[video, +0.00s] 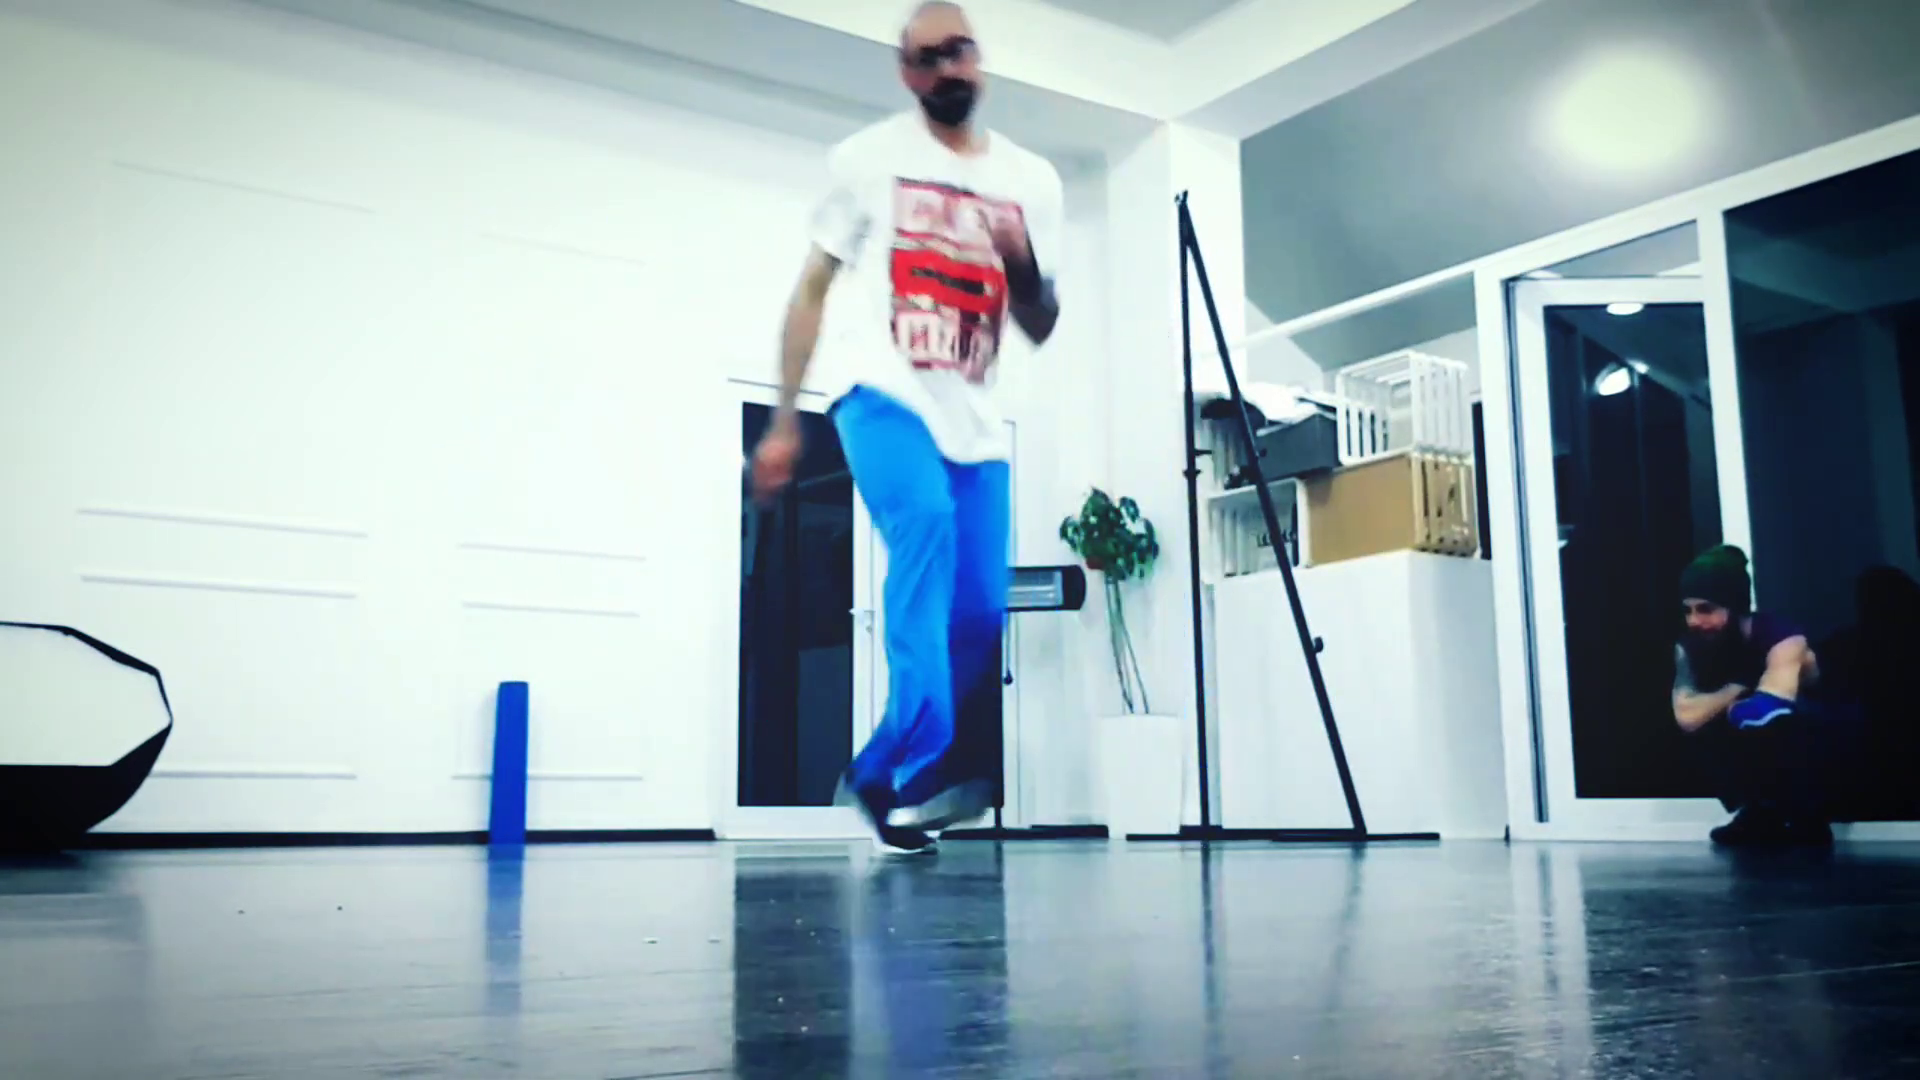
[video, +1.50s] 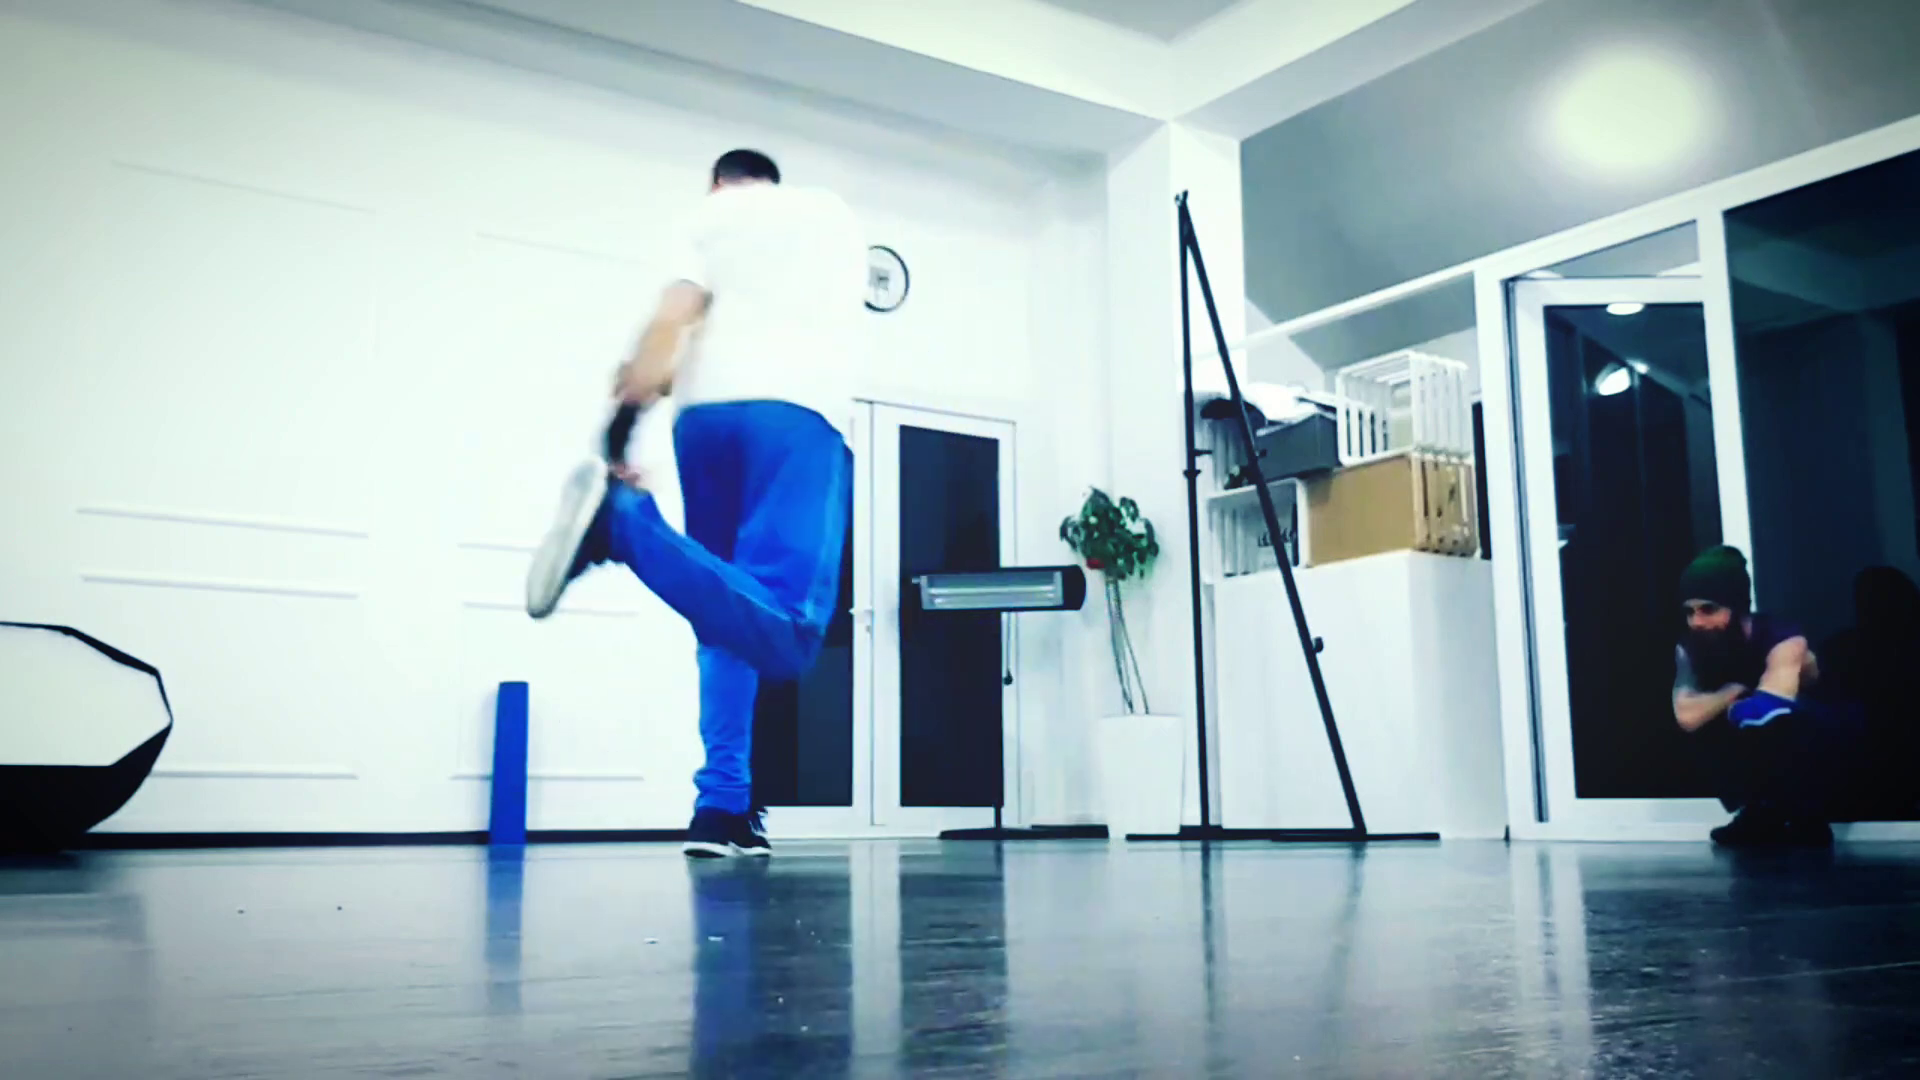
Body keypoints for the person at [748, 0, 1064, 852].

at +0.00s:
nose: (948, 68)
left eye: (958, 51)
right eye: (928, 58)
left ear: (982, 57)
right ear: (905, 72)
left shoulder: (1029, 177)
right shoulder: (868, 159)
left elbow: (1039, 326)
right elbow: (811, 289)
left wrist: (1020, 260)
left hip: (978, 408)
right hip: (883, 391)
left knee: (984, 604)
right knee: (927, 524)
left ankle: (879, 772)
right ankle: (920, 775)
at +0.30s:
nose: (784, 63)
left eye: (788, 38)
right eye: (763, 59)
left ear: (823, 24)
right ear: (757, 73)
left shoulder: (937, 119)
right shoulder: (768, 171)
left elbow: (1031, 230)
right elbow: (728, 273)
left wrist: (1105, 338)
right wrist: (699, 316)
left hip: (970, 372)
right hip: (868, 398)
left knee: (959, 540)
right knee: (891, 557)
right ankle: (943, 773)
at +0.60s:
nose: (724, 104)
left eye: (726, 80)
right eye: (707, 103)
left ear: (767, 60)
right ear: (711, 120)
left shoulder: (886, 124)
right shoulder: (745, 199)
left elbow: (1011, 214)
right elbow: (654, 271)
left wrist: (1029, 338)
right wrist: (606, 270)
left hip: (949, 357)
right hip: (875, 401)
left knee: (856, 556)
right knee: (867, 588)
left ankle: (888, 800)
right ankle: (1073, 624)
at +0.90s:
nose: (736, 118)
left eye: (743, 94)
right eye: (728, 118)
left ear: (789, 79)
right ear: (745, 132)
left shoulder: (861, 105)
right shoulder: (818, 184)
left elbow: (810, 188)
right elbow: (892, 322)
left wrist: (718, 149)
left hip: (947, 384)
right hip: (867, 404)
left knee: (934, 584)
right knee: (766, 539)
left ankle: (1076, 767)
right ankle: (775, 773)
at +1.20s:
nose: (709, 166)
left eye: (705, 148)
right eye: (702, 162)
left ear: (734, 111)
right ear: (751, 117)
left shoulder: (765, 123)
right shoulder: (837, 164)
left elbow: (768, 215)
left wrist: (715, 326)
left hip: (826, 341)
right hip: (909, 363)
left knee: (712, 533)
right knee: (812, 567)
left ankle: (659, 754)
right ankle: (898, 761)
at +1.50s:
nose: (715, 202)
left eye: (715, 192)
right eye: (722, 191)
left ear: (720, 185)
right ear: (777, 182)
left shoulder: (711, 216)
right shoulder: (832, 216)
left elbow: (664, 334)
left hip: (705, 417)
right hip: (797, 414)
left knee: (726, 618)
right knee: (787, 633)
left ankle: (722, 809)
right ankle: (621, 522)